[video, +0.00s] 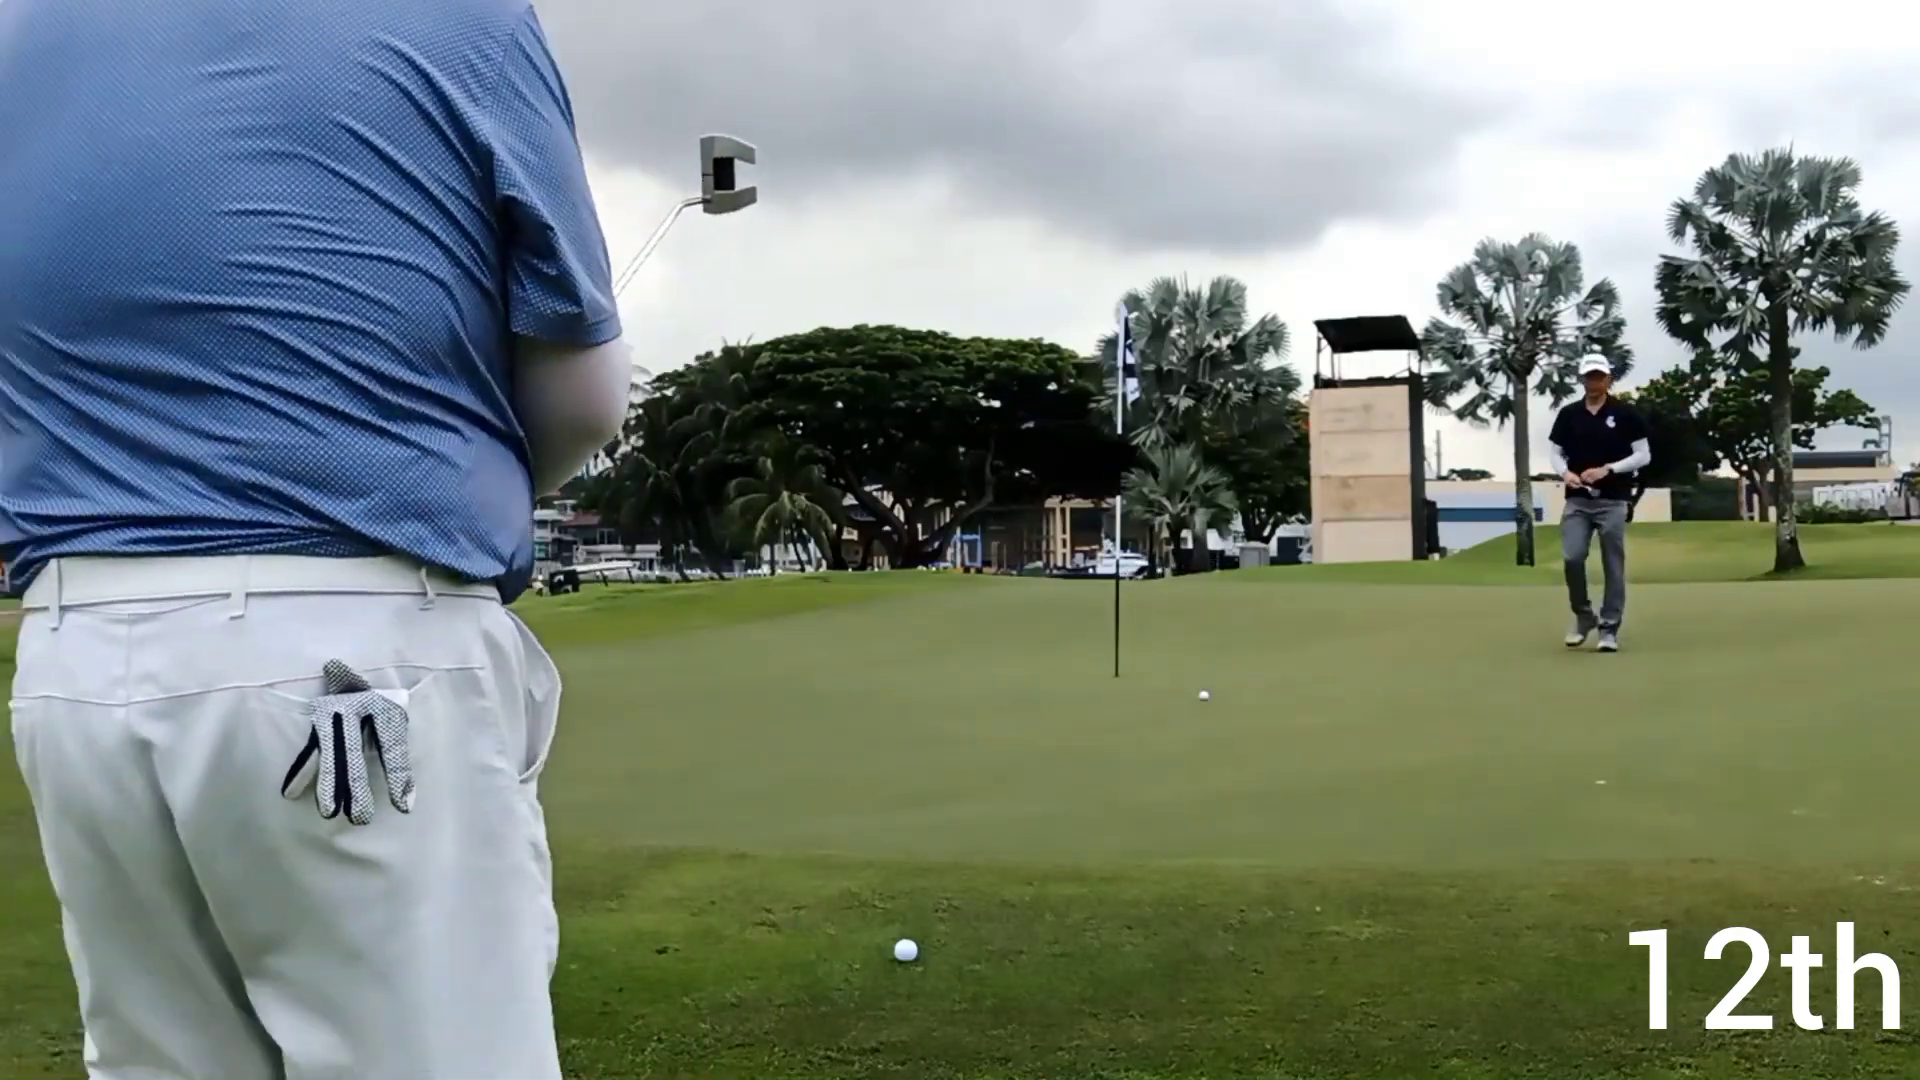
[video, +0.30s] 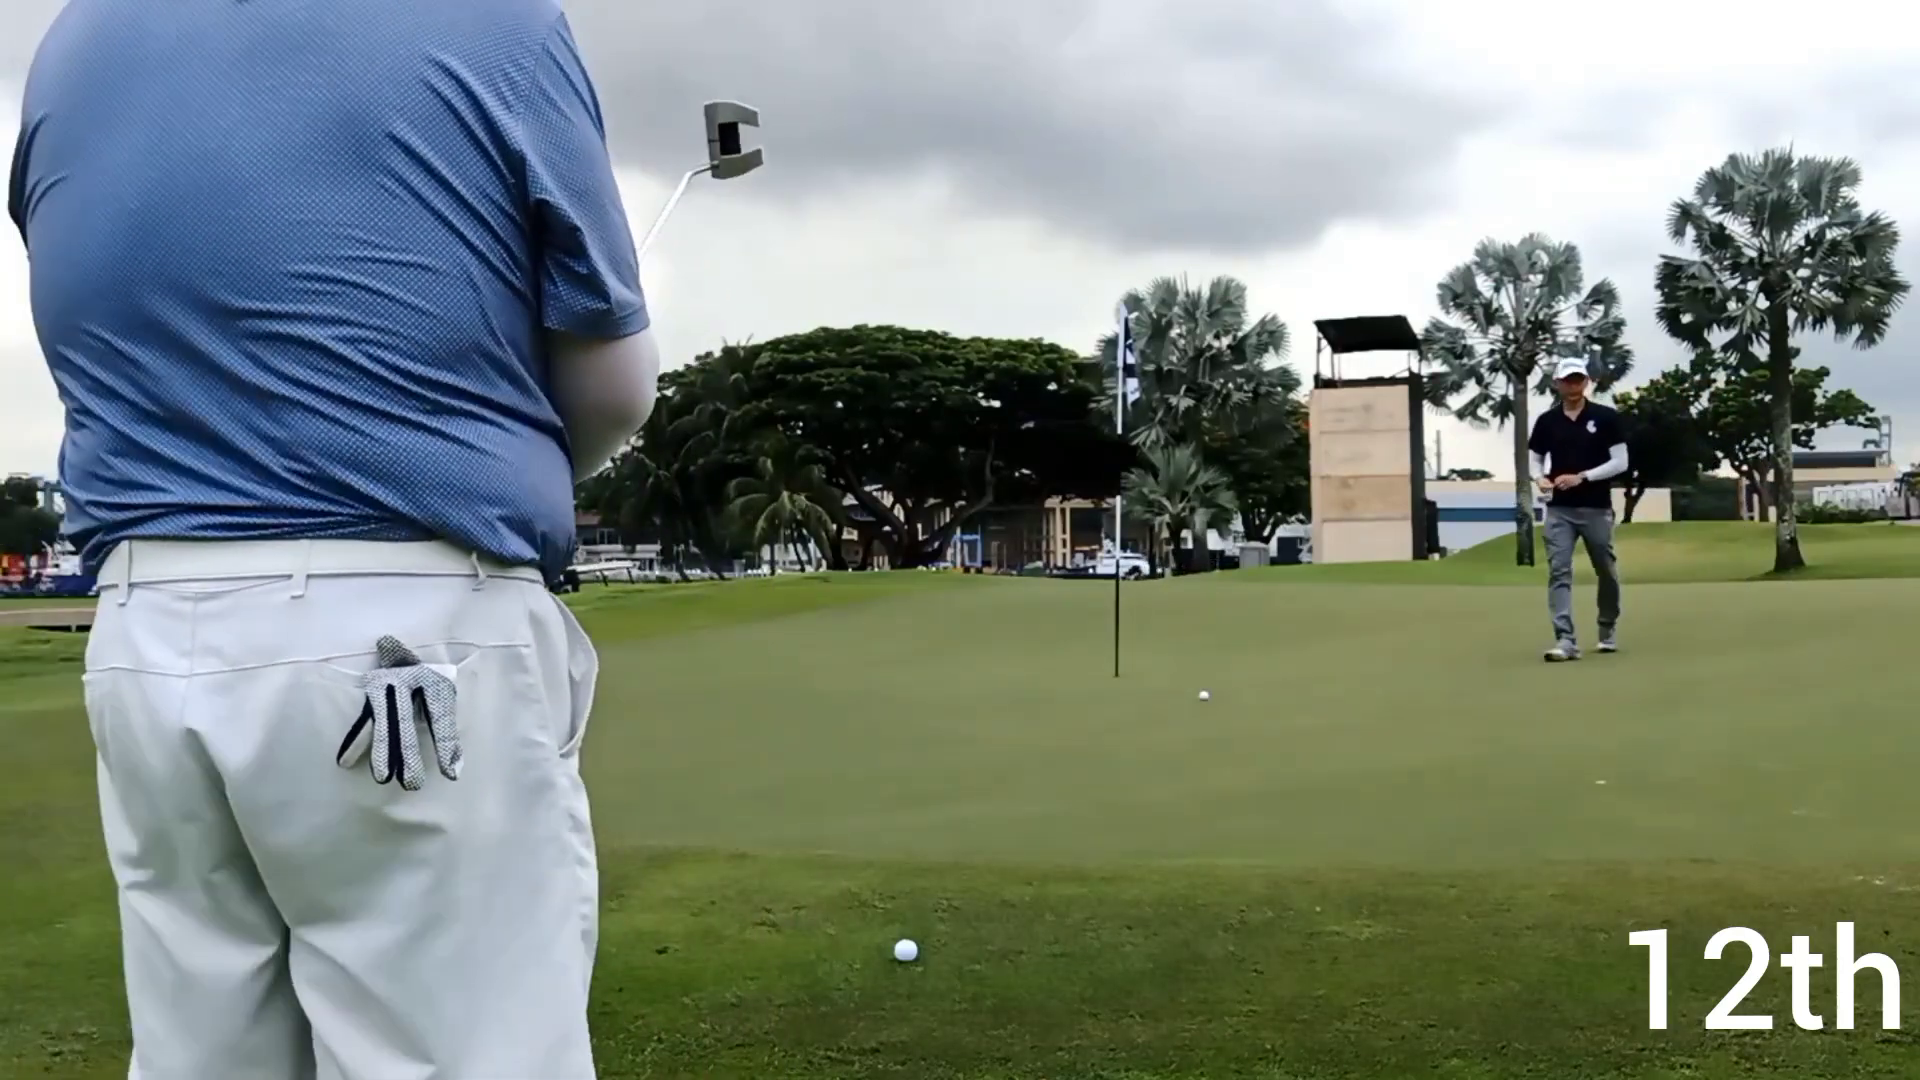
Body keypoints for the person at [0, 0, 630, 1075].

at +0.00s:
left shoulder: (27, 31)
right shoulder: (470, 23)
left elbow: (36, 353)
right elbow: (577, 392)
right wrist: (466, 487)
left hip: (78, 642)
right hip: (367, 636)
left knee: (158, 1062)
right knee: (435, 1060)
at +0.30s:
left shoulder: (80, 33)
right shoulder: (504, 24)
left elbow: (79, 313)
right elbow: (611, 382)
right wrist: (502, 459)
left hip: (149, 619)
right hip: (419, 616)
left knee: (197, 1060)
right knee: (463, 1054)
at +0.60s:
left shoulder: (96, 40)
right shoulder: (504, 27)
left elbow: (104, 319)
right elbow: (625, 375)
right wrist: (516, 462)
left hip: (177, 619)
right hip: (439, 618)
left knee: (213, 1063)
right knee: (467, 1058)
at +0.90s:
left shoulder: (120, 42)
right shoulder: (523, 30)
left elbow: (124, 320)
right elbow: (644, 378)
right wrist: (526, 475)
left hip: (197, 617)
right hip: (455, 619)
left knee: (225, 1060)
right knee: (476, 1059)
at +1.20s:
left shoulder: (139, 45)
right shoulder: (545, 33)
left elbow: (141, 320)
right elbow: (663, 384)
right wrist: (534, 484)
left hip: (213, 617)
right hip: (471, 620)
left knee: (236, 1060)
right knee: (488, 1060)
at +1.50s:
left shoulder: (156, 46)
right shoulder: (559, 34)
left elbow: (157, 321)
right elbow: (677, 386)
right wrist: (550, 486)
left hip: (229, 616)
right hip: (487, 621)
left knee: (246, 1059)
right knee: (497, 1059)